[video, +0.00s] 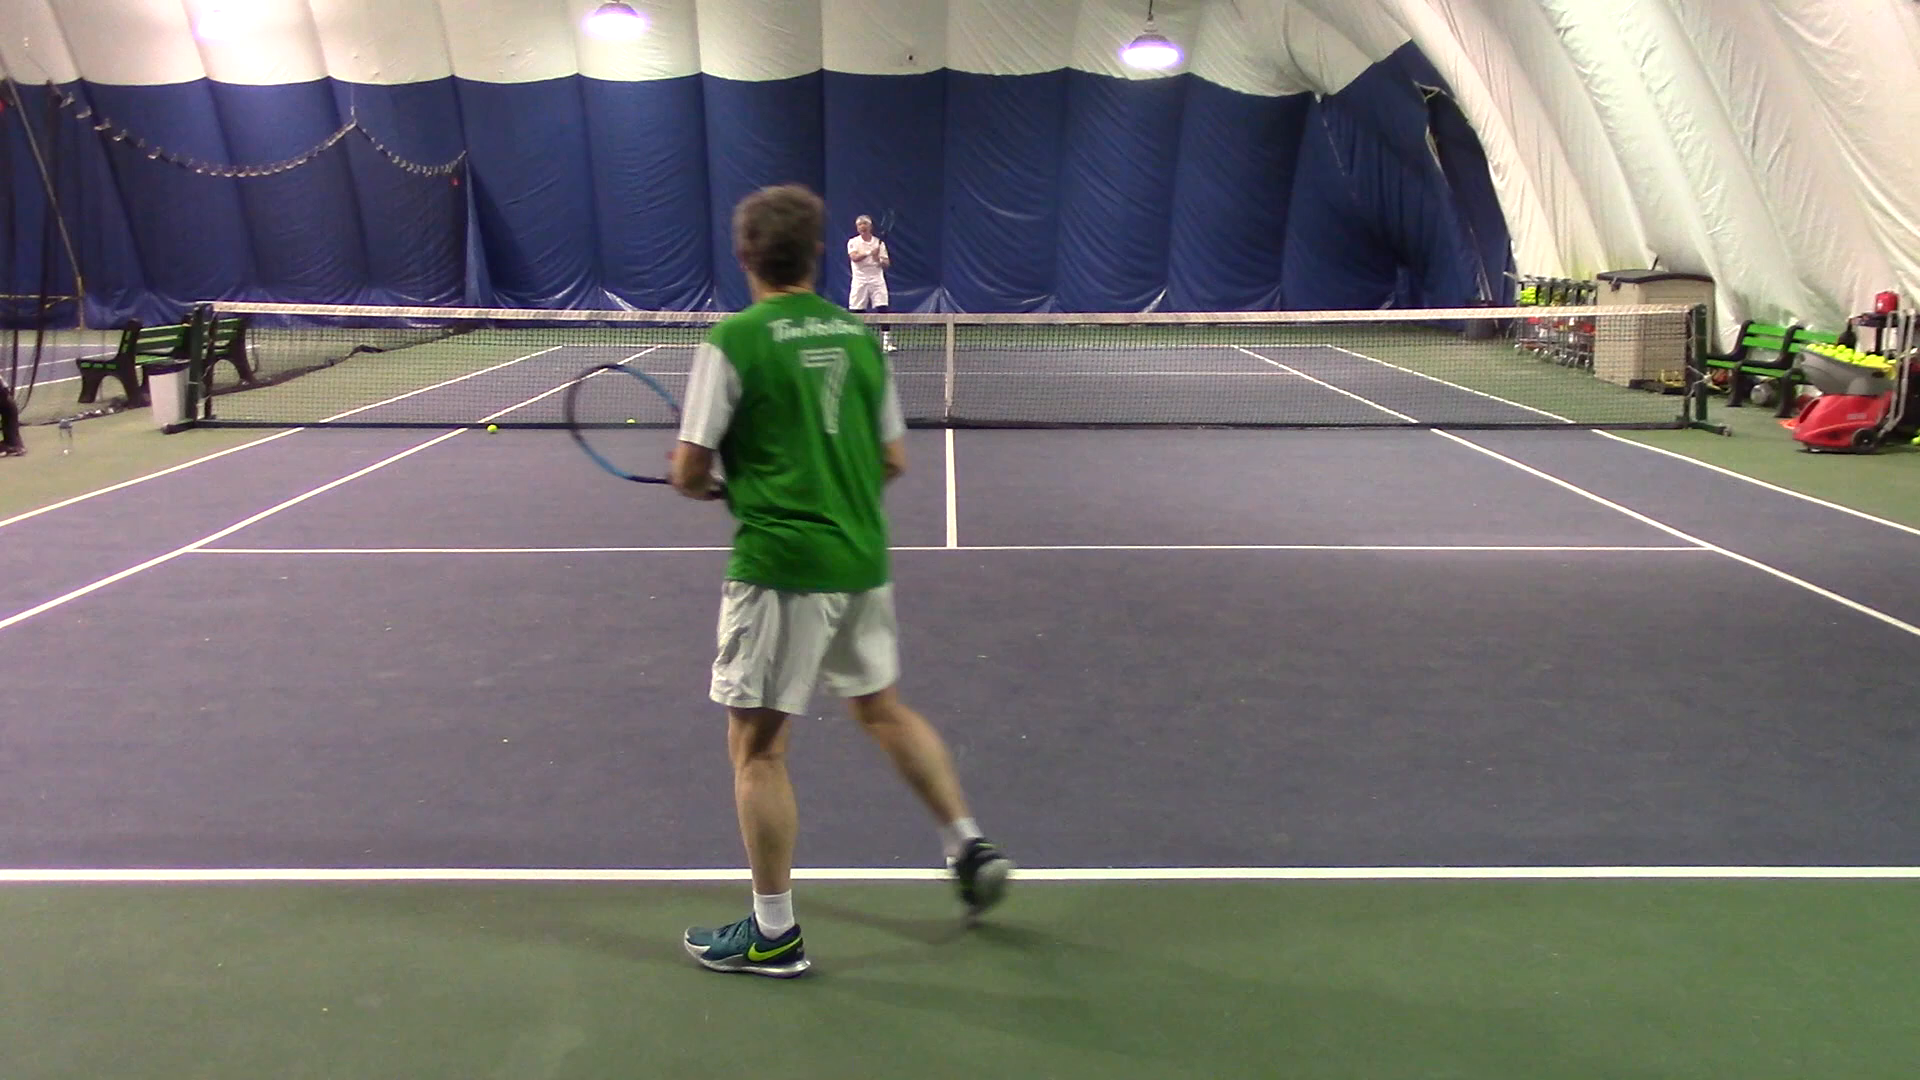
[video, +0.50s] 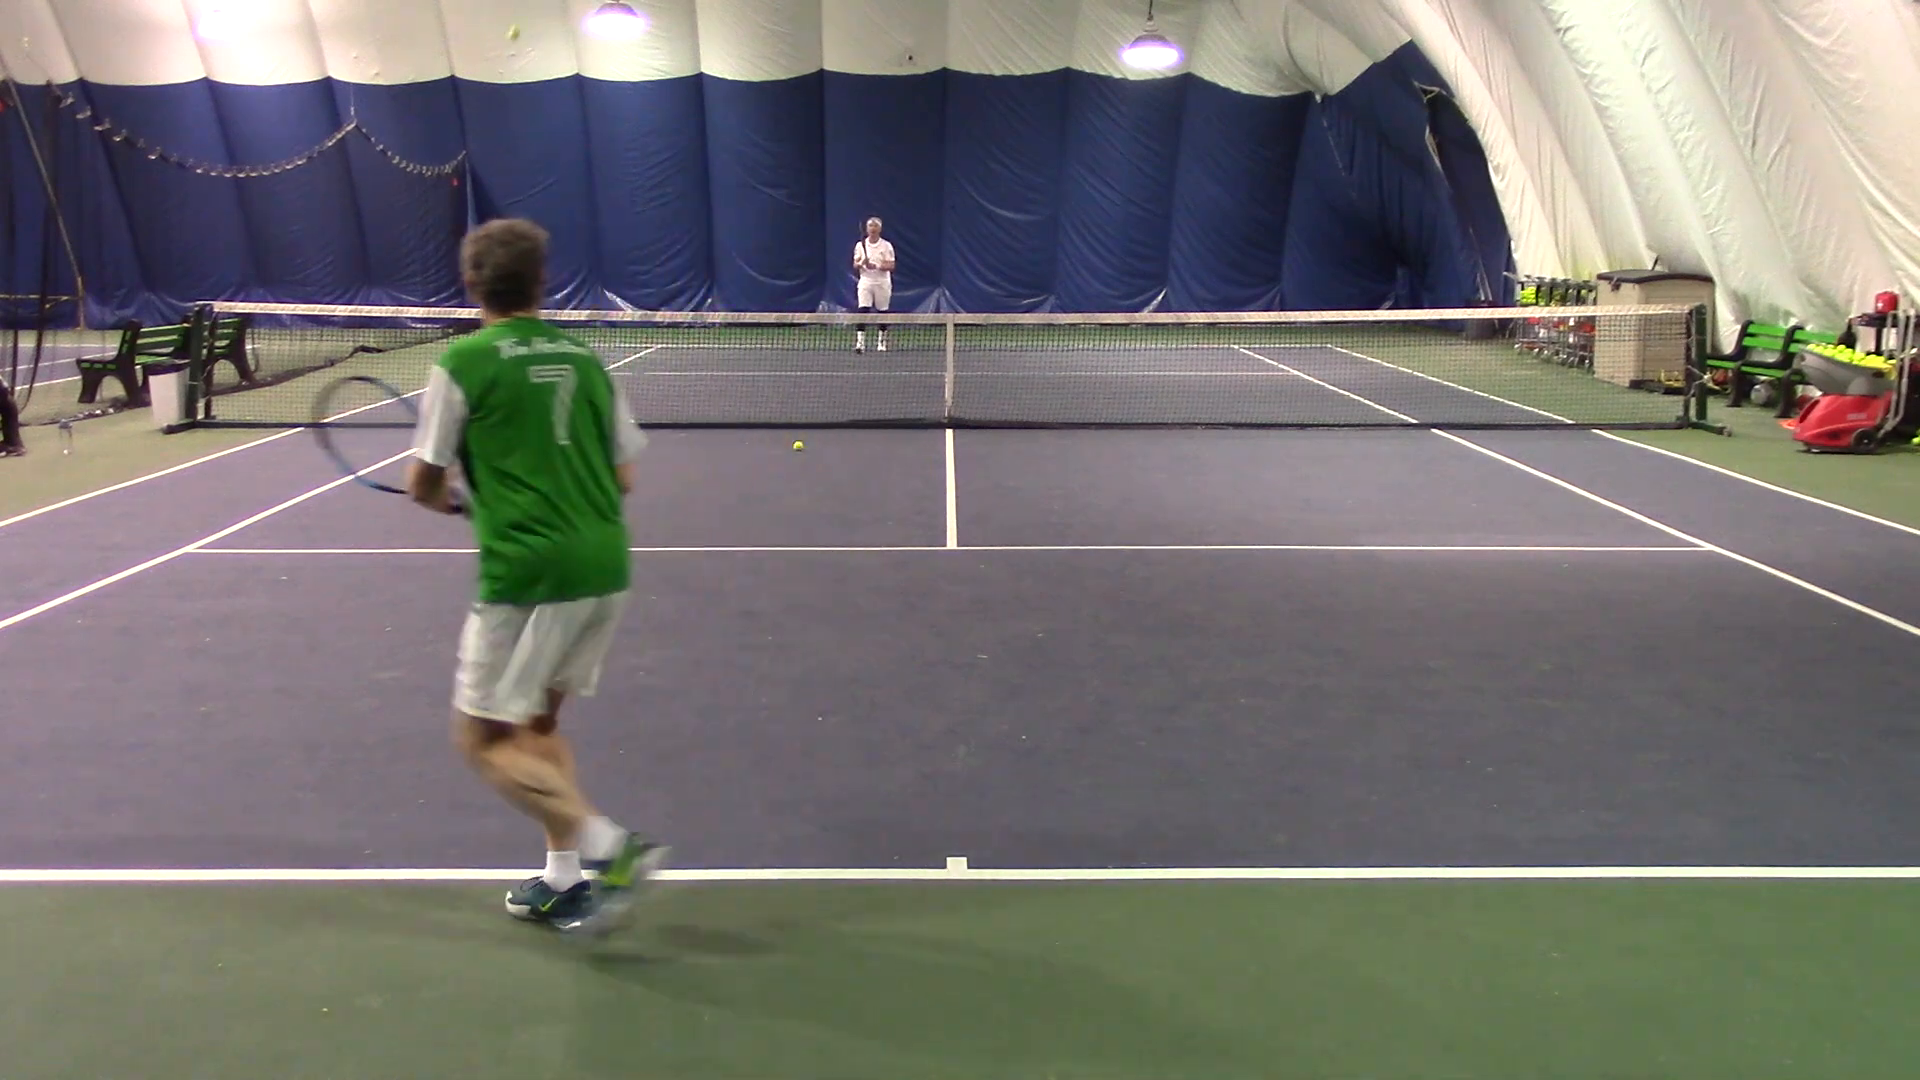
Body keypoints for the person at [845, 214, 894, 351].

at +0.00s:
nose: (863, 231)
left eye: (865, 228)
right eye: (860, 229)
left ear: (870, 227)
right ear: (857, 229)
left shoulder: (879, 243)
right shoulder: (853, 242)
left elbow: (886, 263)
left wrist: (877, 257)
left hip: (877, 279)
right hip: (859, 280)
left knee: (882, 309)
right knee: (856, 311)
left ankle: (886, 340)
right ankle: (854, 342)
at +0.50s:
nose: (872, 228)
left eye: (875, 226)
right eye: (870, 225)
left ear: (880, 228)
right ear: (866, 228)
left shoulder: (887, 246)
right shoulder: (860, 245)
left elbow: (891, 264)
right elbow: (855, 264)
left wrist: (878, 266)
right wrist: (861, 263)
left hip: (882, 282)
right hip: (865, 281)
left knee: (882, 312)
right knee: (863, 310)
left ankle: (882, 341)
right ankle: (860, 341)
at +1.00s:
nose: (887, 230)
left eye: (890, 228)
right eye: (886, 227)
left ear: (894, 230)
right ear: (882, 228)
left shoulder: (899, 246)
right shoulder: (873, 243)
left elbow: (900, 264)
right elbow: (866, 260)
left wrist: (887, 261)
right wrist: (874, 256)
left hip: (890, 281)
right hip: (875, 280)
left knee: (887, 308)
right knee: (877, 309)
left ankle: (882, 338)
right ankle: (888, 332)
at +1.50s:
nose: (900, 226)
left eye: (903, 223)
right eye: (898, 222)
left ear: (906, 225)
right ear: (894, 224)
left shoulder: (911, 240)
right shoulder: (888, 240)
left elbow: (907, 256)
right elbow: (882, 257)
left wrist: (892, 255)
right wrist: (885, 250)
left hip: (908, 277)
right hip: (892, 276)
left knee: (912, 306)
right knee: (891, 307)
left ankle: (919, 333)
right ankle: (894, 337)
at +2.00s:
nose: (928, 229)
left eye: (931, 226)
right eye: (926, 226)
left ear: (935, 229)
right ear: (923, 228)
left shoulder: (941, 244)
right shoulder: (916, 243)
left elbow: (942, 259)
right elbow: (913, 259)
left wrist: (931, 267)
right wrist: (919, 263)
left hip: (936, 279)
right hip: (919, 278)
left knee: (939, 307)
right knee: (912, 305)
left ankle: (942, 335)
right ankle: (908, 335)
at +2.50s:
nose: (933, 229)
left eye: (936, 226)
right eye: (931, 226)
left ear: (940, 228)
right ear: (928, 227)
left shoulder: (945, 244)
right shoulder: (919, 242)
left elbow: (946, 260)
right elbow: (916, 260)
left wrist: (938, 266)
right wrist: (924, 263)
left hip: (939, 277)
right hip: (924, 277)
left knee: (940, 305)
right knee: (923, 305)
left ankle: (943, 333)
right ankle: (924, 332)